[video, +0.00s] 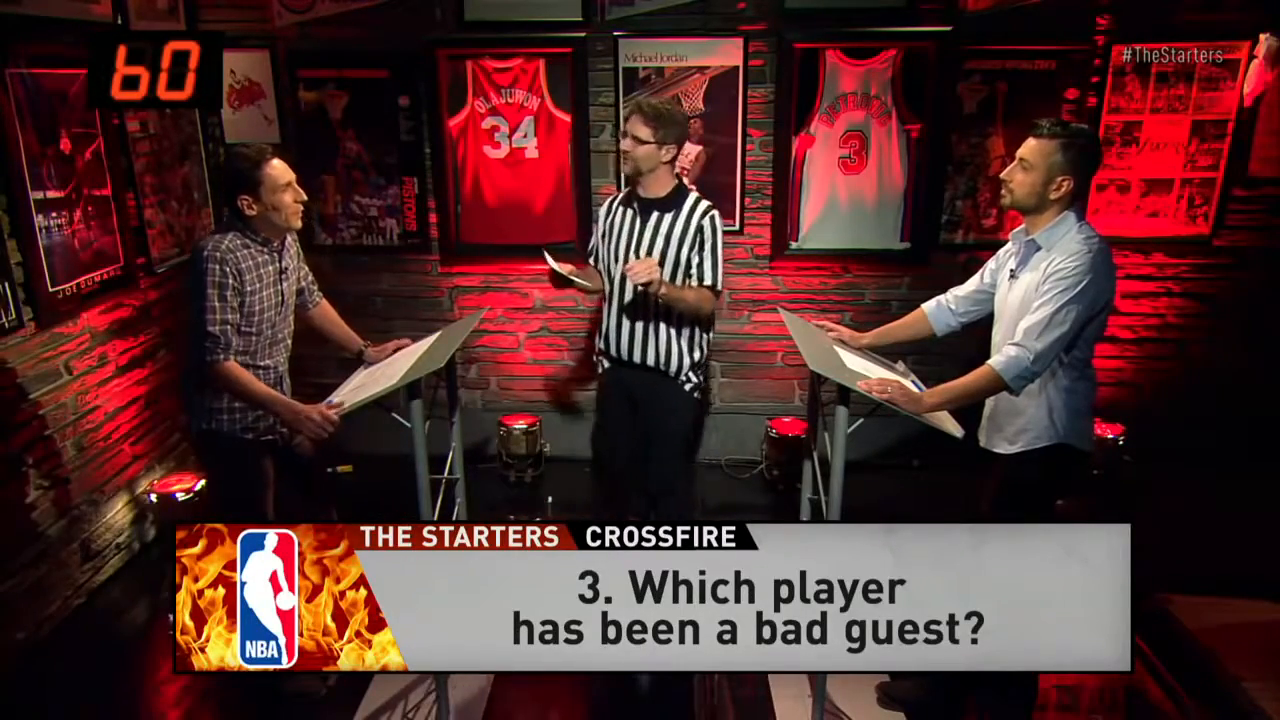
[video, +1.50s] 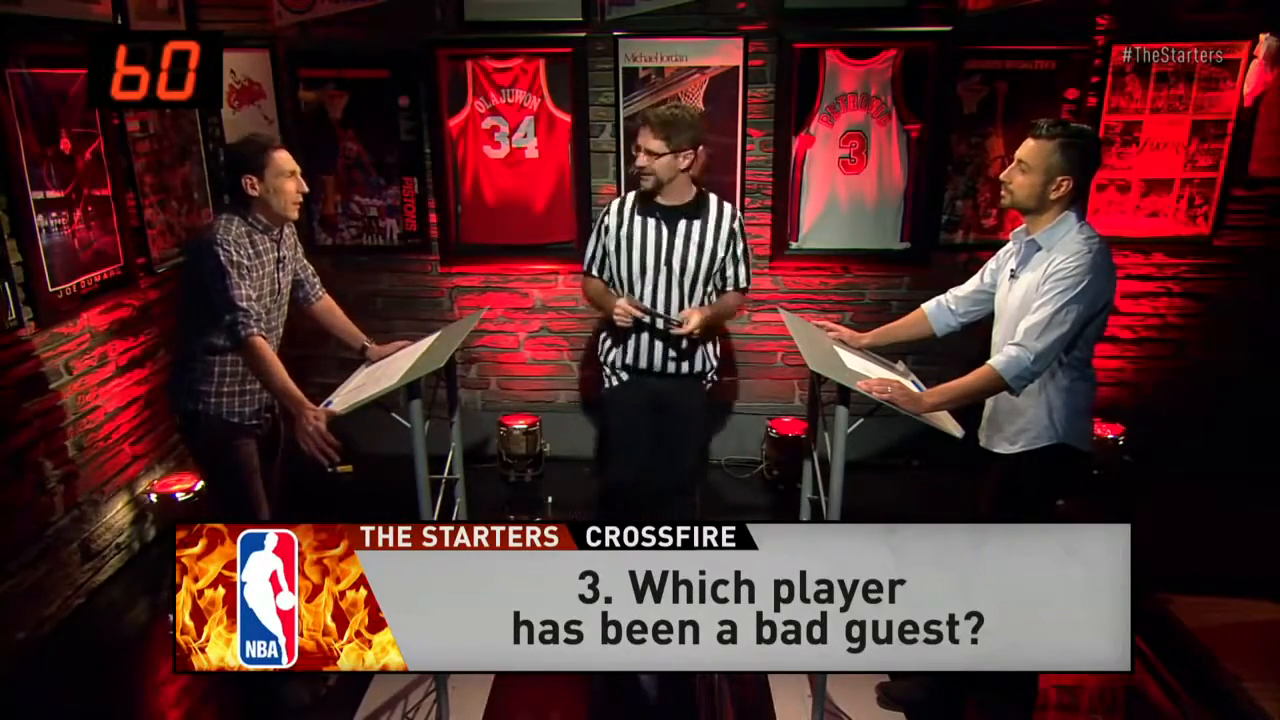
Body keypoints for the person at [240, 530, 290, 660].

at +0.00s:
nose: (271, 544)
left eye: (273, 542)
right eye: (269, 541)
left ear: (276, 544)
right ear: (265, 541)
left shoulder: (277, 561)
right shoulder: (254, 556)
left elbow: (281, 579)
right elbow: (244, 576)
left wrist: (286, 592)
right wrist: (255, 575)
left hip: (266, 588)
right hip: (251, 588)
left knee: (270, 615)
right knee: (259, 615)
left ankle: (281, 640)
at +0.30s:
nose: (271, 544)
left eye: (274, 541)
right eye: (270, 541)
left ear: (276, 543)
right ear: (265, 541)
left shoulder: (277, 561)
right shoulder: (254, 556)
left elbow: (281, 578)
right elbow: (244, 576)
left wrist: (286, 592)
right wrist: (256, 575)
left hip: (266, 588)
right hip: (251, 588)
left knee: (271, 615)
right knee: (260, 615)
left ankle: (281, 640)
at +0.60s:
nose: (271, 544)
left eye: (273, 541)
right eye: (269, 541)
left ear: (276, 543)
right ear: (265, 541)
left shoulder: (277, 560)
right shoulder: (254, 556)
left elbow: (281, 579)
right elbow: (244, 576)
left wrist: (286, 592)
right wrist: (255, 575)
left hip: (266, 589)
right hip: (251, 588)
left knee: (270, 615)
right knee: (259, 615)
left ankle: (281, 640)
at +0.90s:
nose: (271, 544)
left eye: (273, 541)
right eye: (269, 541)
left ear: (276, 543)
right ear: (265, 541)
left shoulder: (277, 560)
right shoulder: (254, 556)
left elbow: (281, 578)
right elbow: (244, 576)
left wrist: (286, 592)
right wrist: (255, 575)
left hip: (266, 589)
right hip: (251, 588)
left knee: (270, 615)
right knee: (259, 615)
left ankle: (281, 640)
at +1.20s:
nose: (271, 544)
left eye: (273, 541)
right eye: (269, 541)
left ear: (276, 543)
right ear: (265, 541)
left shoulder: (277, 561)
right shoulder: (254, 556)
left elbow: (281, 578)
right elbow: (244, 576)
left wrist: (286, 592)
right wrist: (256, 575)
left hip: (266, 588)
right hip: (251, 588)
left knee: (271, 615)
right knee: (260, 614)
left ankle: (281, 640)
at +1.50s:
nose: (271, 544)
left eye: (274, 541)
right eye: (270, 540)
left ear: (276, 543)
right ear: (265, 541)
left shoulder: (277, 561)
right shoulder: (254, 556)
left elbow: (282, 579)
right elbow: (244, 576)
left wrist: (286, 592)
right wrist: (256, 575)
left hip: (266, 589)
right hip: (251, 589)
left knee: (271, 616)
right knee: (260, 615)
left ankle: (281, 641)